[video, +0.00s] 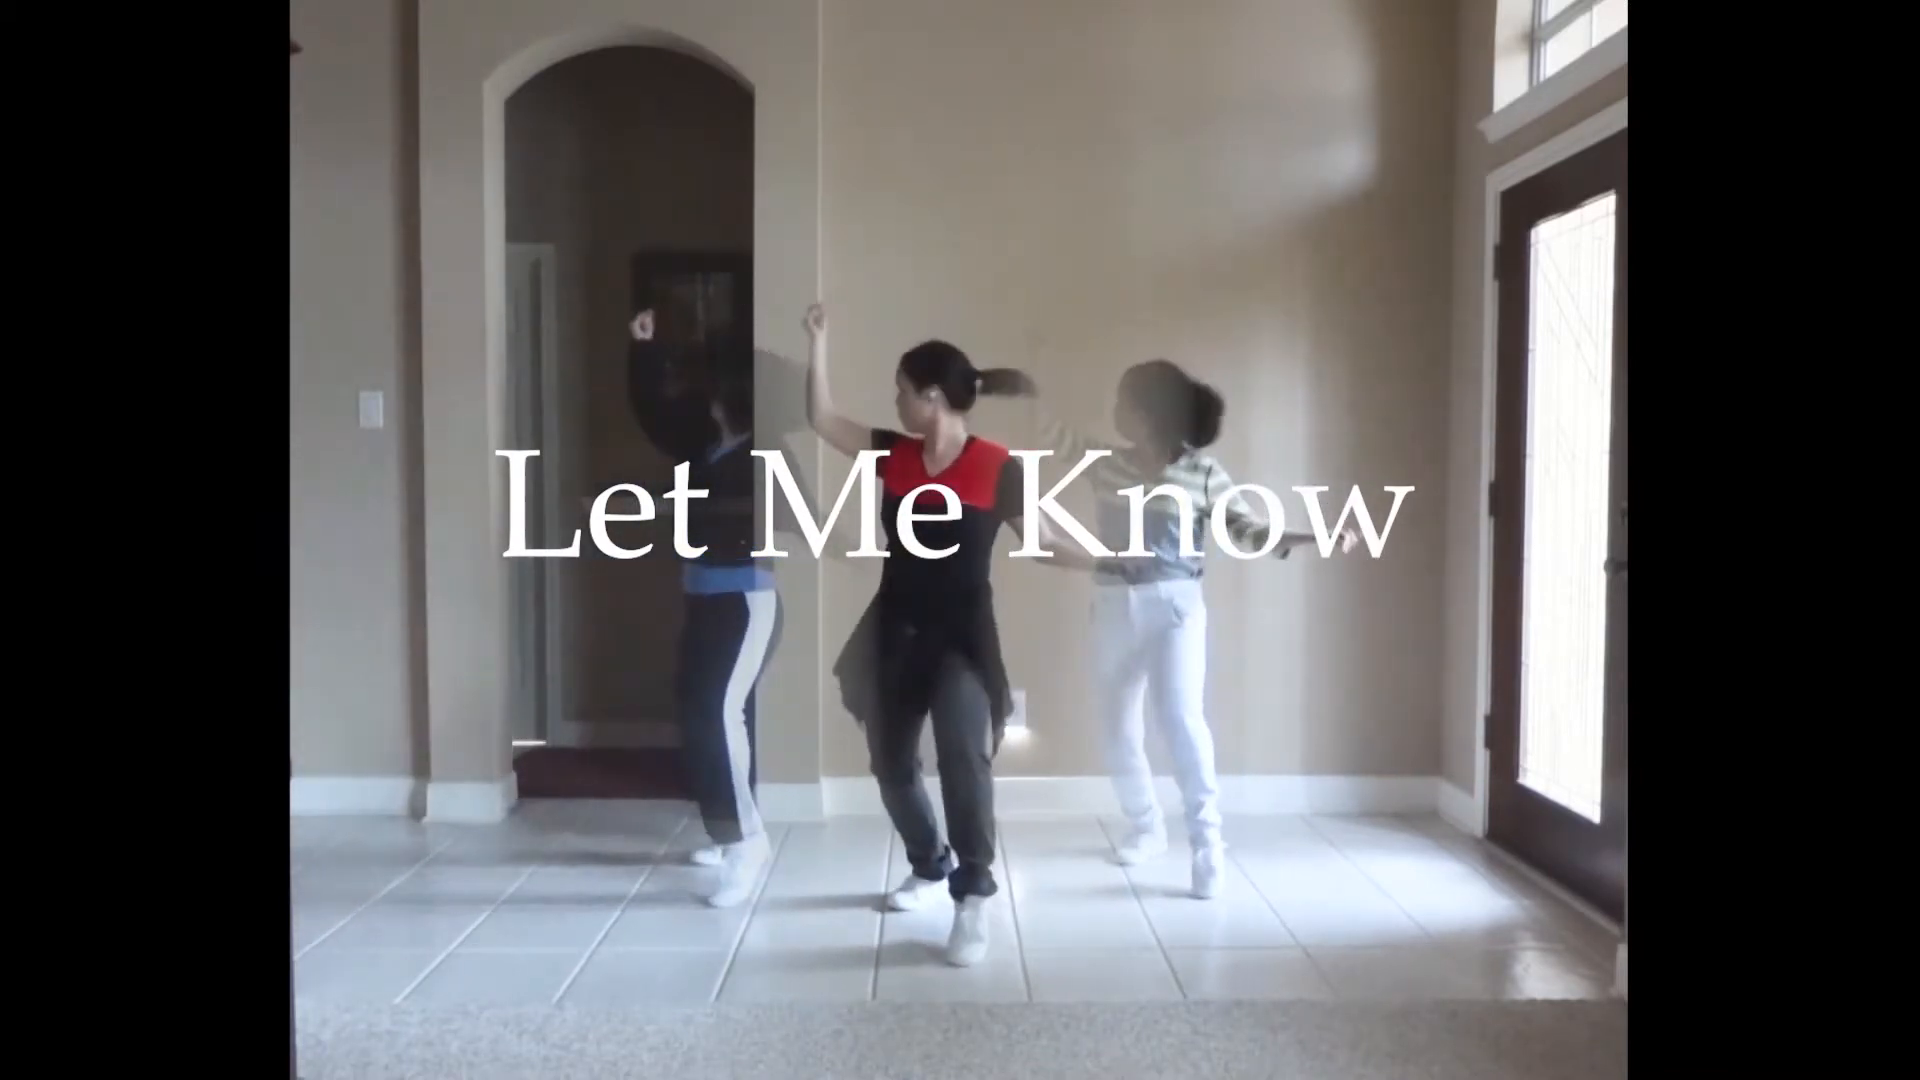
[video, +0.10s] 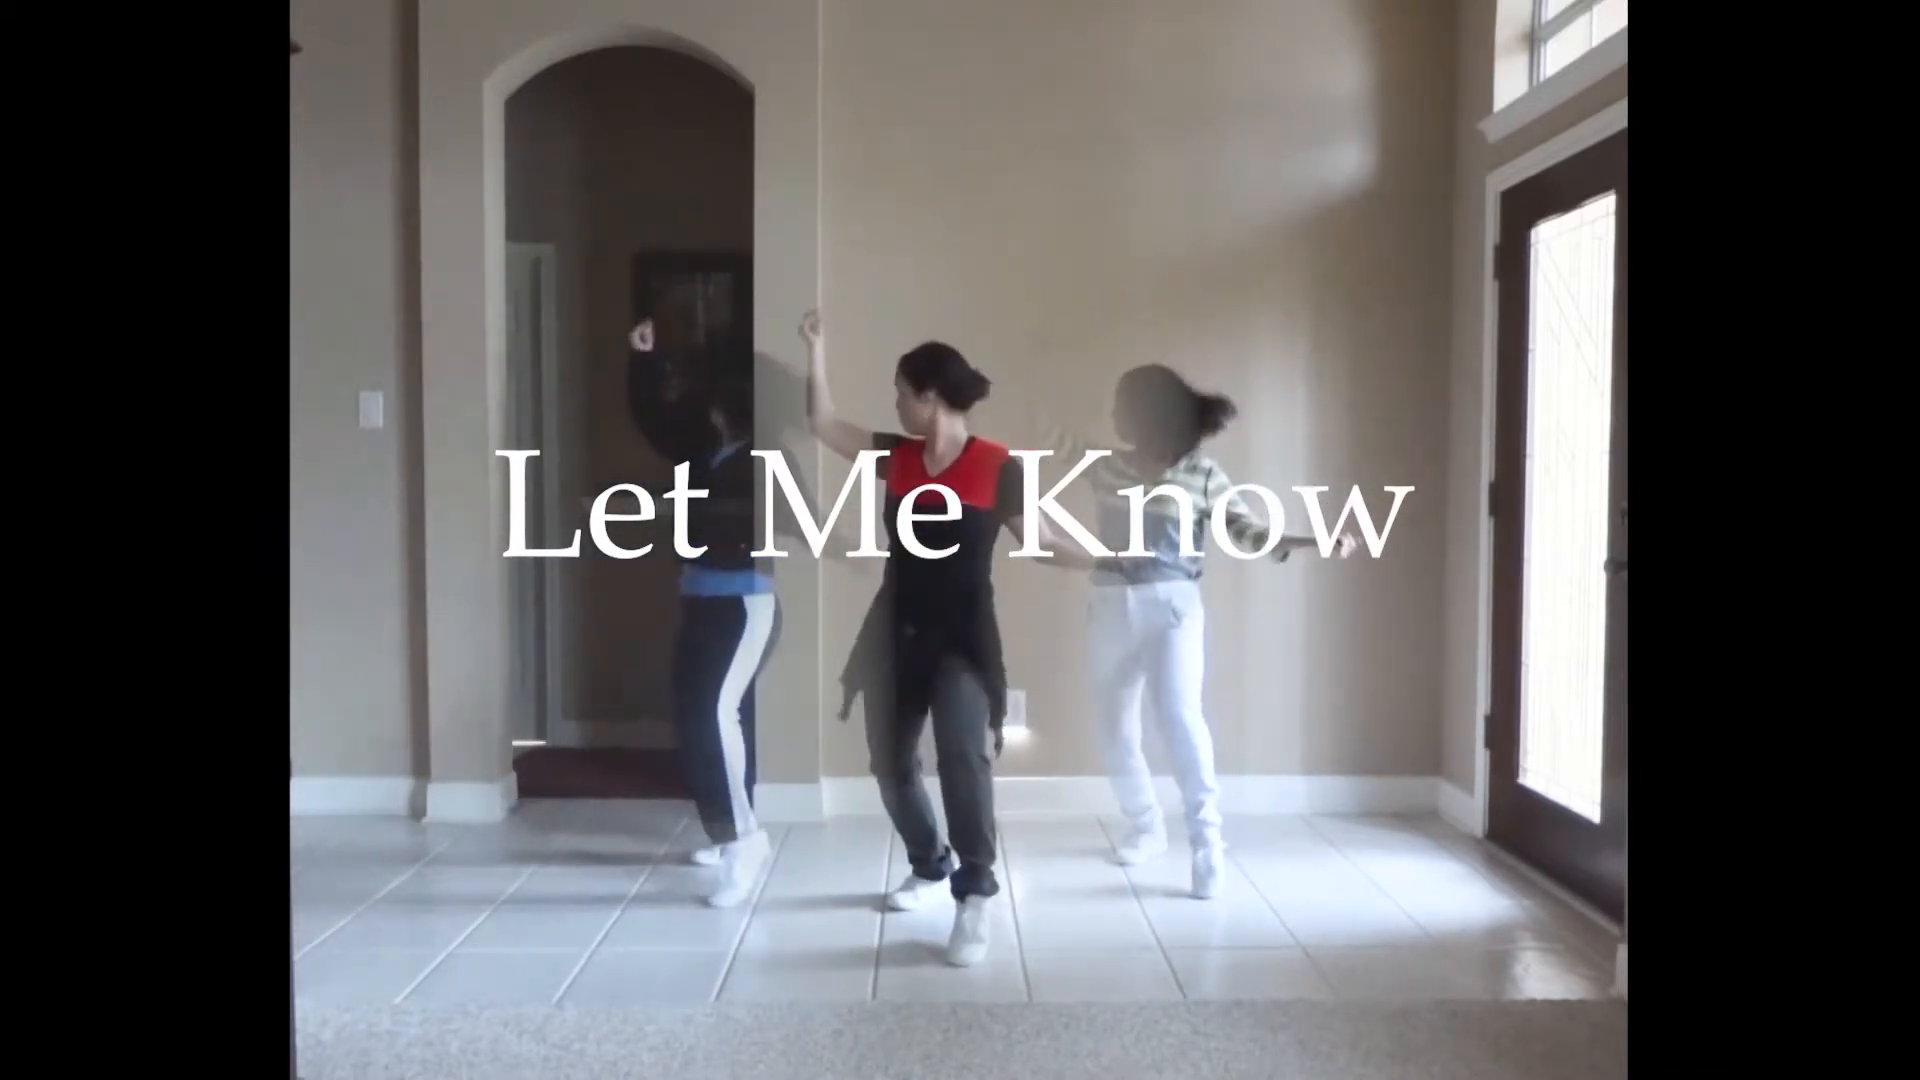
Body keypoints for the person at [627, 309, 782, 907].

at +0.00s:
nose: (706, 412)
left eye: (710, 405)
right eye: (707, 403)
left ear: (725, 413)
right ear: (718, 414)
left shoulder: (752, 463)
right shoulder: (702, 456)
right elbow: (652, 412)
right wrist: (644, 348)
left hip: (748, 597)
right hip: (706, 597)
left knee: (722, 709)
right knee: (699, 712)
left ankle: (747, 838)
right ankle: (725, 833)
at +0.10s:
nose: (699, 414)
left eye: (706, 404)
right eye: (700, 404)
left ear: (728, 409)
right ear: (712, 413)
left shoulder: (752, 464)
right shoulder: (699, 457)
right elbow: (651, 416)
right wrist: (643, 359)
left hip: (746, 599)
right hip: (702, 598)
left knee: (720, 708)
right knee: (694, 715)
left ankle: (745, 836)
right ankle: (724, 833)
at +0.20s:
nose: (714, 410)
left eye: (722, 399)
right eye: (718, 398)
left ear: (737, 407)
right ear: (715, 402)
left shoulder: (763, 462)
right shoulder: (694, 448)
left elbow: (806, 523)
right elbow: (647, 429)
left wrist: (846, 556)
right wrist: (646, 371)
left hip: (746, 603)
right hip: (699, 599)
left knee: (714, 711)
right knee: (691, 719)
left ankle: (740, 839)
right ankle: (731, 831)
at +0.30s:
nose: (715, 413)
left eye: (723, 400)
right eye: (713, 401)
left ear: (740, 404)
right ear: (706, 403)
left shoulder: (768, 463)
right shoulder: (692, 455)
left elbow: (811, 530)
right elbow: (635, 442)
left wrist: (851, 555)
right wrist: (656, 385)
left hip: (745, 608)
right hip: (694, 603)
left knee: (715, 710)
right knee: (688, 716)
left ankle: (731, 842)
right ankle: (736, 827)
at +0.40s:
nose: (723, 411)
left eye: (730, 398)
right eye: (718, 398)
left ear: (748, 403)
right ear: (705, 402)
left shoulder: (768, 459)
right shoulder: (691, 454)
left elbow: (813, 522)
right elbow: (630, 447)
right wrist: (663, 406)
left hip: (745, 604)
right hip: (693, 600)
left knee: (719, 711)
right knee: (694, 714)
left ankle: (730, 840)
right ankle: (738, 827)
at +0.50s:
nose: (725, 411)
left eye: (737, 397)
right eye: (717, 396)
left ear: (757, 405)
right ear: (705, 400)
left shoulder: (766, 458)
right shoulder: (684, 455)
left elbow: (813, 523)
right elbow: (651, 438)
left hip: (744, 597)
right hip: (691, 595)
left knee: (728, 720)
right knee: (704, 718)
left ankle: (729, 854)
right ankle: (741, 831)